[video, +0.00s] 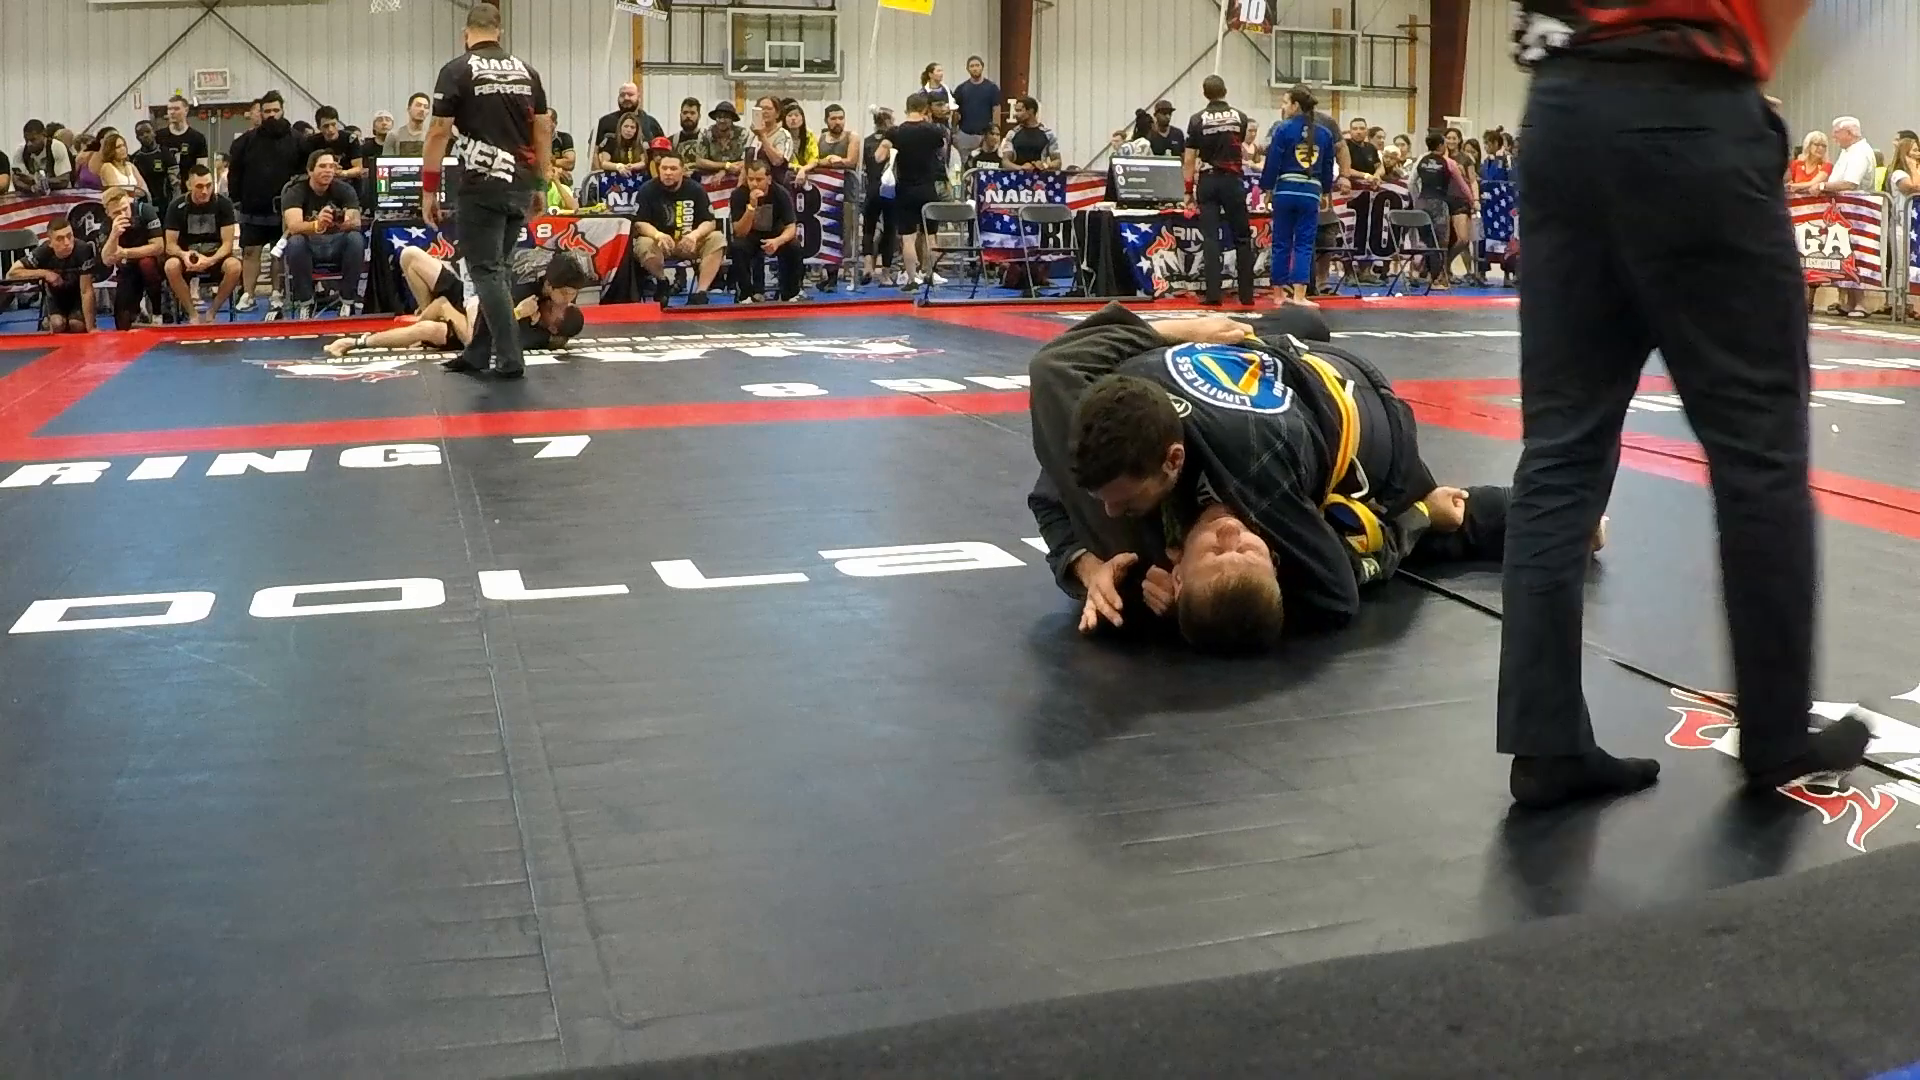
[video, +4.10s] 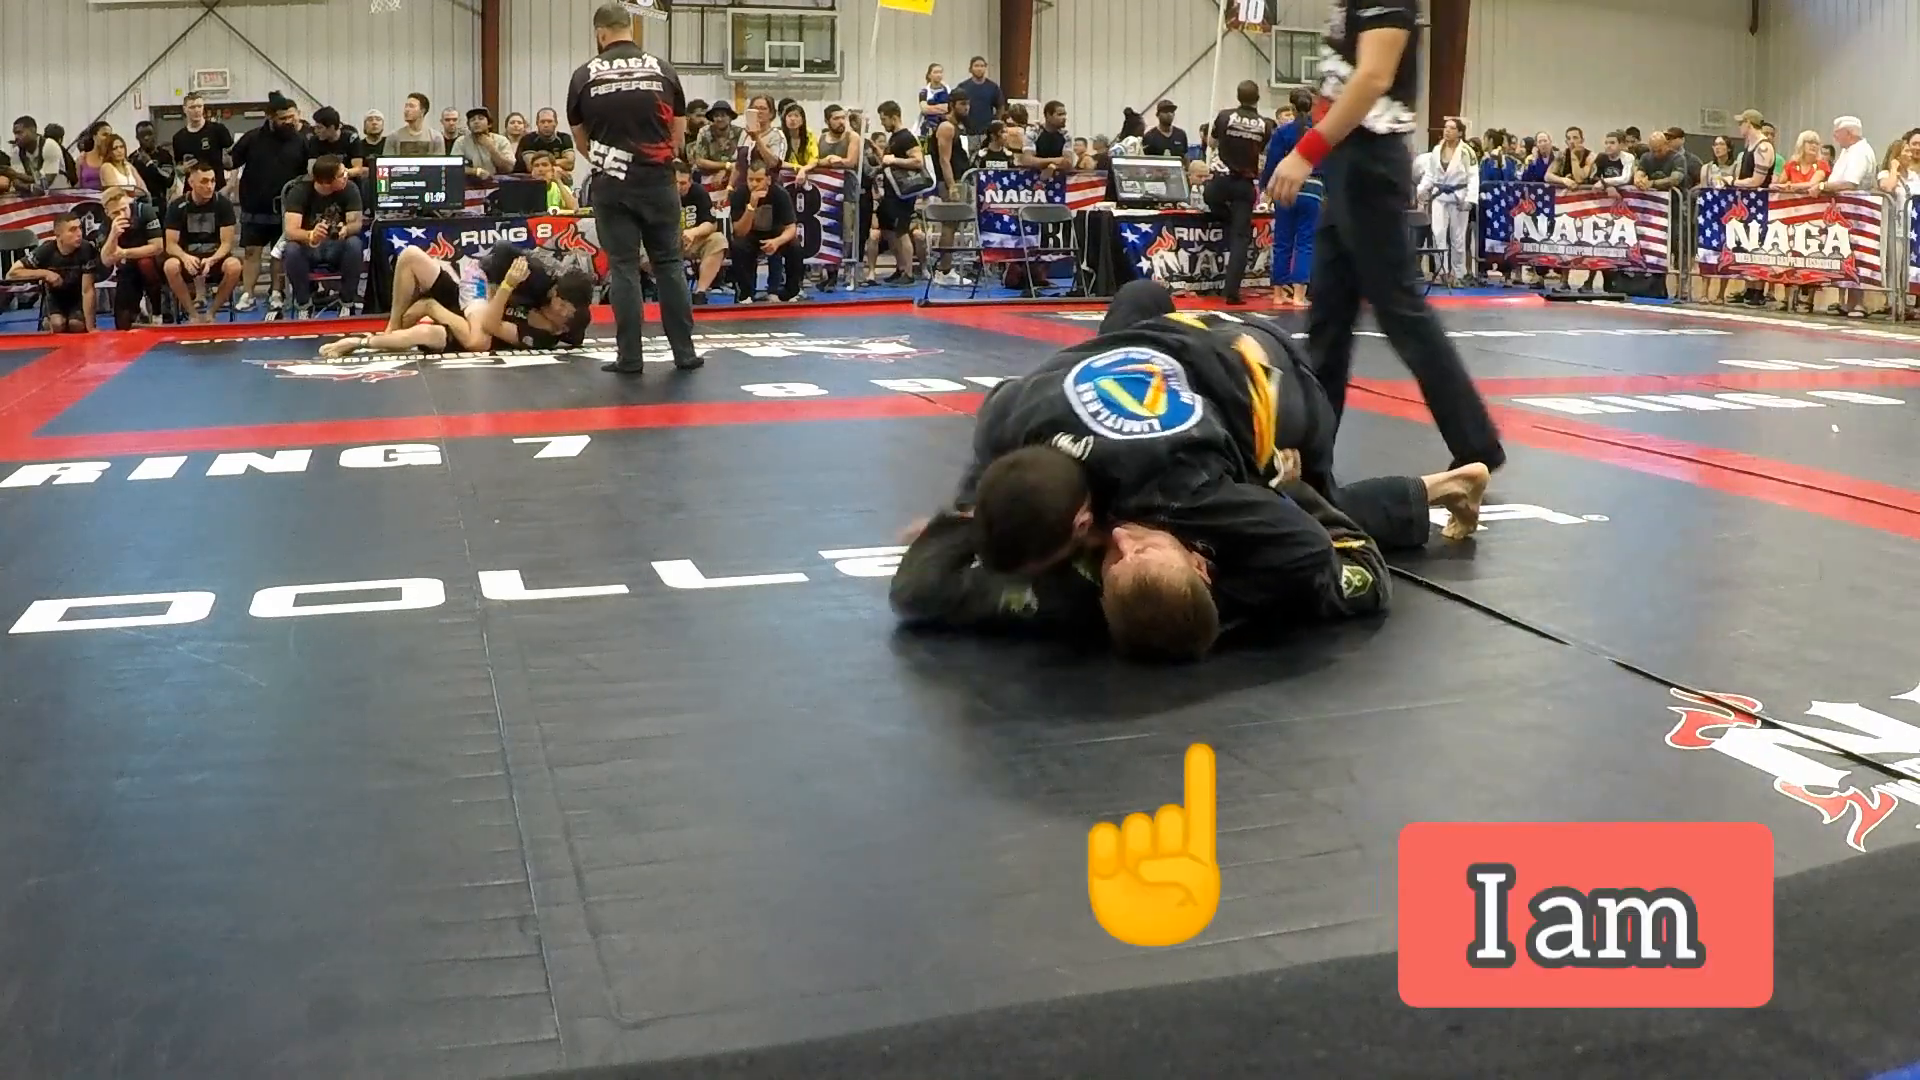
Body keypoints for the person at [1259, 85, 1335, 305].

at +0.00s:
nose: (1284, 107)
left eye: (1287, 103)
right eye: (1285, 102)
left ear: (1296, 105)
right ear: (1308, 106)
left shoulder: (1284, 128)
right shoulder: (1324, 133)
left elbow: (1273, 160)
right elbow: (1328, 166)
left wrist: (1266, 188)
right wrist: (1326, 191)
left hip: (1286, 189)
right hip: (1312, 192)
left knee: (1281, 241)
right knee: (1305, 243)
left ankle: (1278, 294)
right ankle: (1299, 295)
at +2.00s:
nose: (1283, 108)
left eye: (1286, 104)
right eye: (1284, 104)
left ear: (1295, 106)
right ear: (1306, 107)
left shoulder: (1283, 131)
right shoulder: (1322, 134)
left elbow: (1272, 161)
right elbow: (1326, 166)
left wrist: (1266, 186)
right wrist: (1322, 191)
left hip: (1284, 190)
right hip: (1310, 193)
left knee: (1281, 242)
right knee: (1305, 243)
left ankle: (1278, 292)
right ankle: (1299, 295)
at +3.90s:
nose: (1317, 107)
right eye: (1315, 104)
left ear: (1292, 107)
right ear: (1313, 106)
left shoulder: (1283, 131)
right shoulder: (1326, 134)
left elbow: (1272, 162)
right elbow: (1330, 166)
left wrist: (1267, 186)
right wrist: (1328, 192)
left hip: (1285, 191)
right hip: (1311, 193)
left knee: (1282, 242)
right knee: (1306, 243)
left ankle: (1278, 293)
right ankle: (1299, 295)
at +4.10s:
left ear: (1293, 106)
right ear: (1312, 105)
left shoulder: (1283, 131)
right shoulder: (1322, 130)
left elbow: (1272, 160)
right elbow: (1329, 163)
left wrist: (1264, 184)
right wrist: (1330, 191)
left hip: (1285, 184)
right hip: (1313, 186)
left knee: (1282, 239)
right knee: (1306, 241)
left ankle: (1278, 292)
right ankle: (1299, 294)